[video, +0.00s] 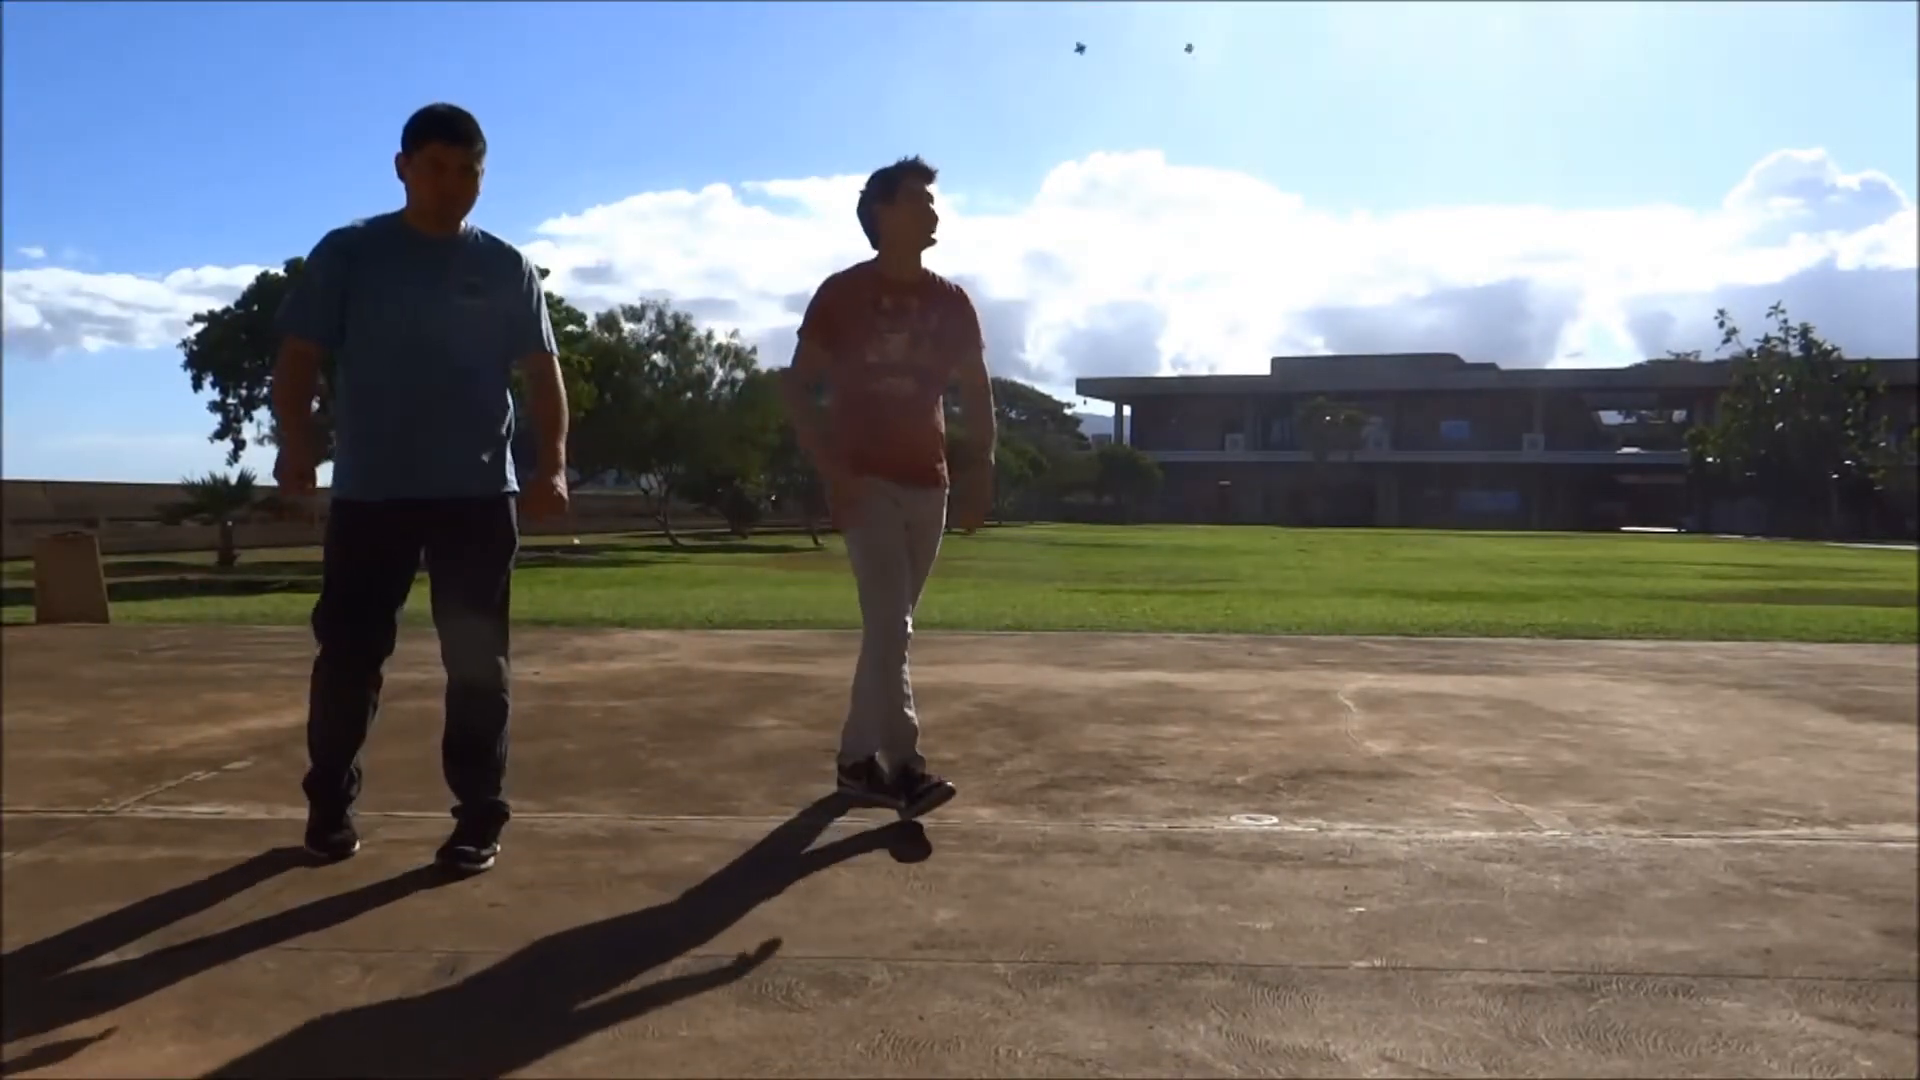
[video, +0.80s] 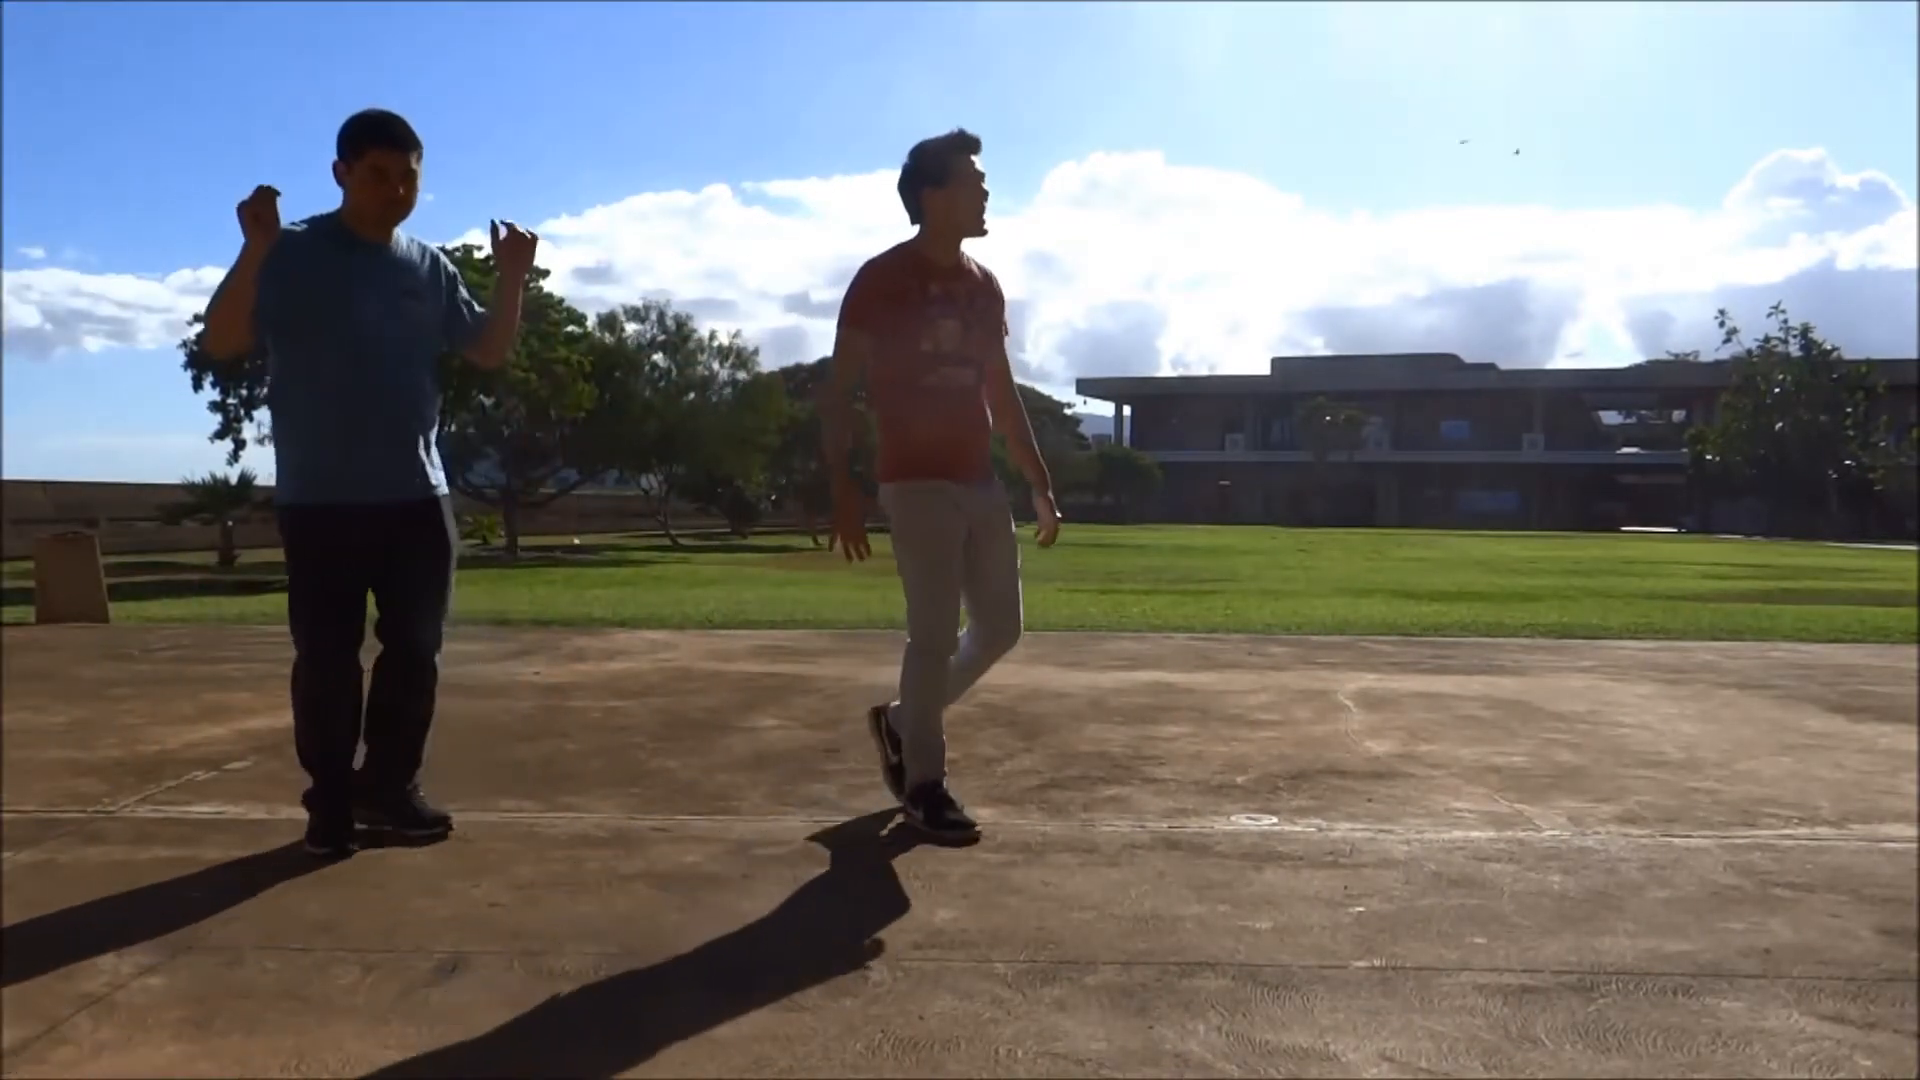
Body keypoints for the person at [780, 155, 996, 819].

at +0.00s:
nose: (933, 209)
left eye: (931, 199)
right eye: (918, 200)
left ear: (925, 214)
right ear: (878, 215)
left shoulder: (952, 300)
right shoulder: (841, 293)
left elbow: (979, 393)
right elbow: (796, 387)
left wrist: (981, 468)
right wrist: (828, 466)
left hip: (930, 484)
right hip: (863, 481)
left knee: (893, 622)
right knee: (889, 621)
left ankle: (857, 756)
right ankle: (904, 763)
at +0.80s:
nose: (987, 192)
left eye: (983, 180)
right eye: (973, 181)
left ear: (951, 196)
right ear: (930, 195)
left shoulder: (983, 285)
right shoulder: (879, 279)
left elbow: (1001, 389)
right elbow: (838, 392)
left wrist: (1039, 480)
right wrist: (843, 492)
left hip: (983, 484)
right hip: (917, 485)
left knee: (1000, 626)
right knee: (932, 635)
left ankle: (903, 718)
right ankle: (927, 788)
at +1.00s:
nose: (999, 188)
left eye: (995, 175)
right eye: (984, 176)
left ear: (969, 191)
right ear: (939, 190)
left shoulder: (987, 282)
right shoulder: (892, 275)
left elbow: (998, 392)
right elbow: (859, 390)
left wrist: (1028, 485)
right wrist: (873, 487)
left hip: (994, 486)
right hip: (929, 489)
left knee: (1020, 624)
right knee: (934, 640)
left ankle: (944, 745)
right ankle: (924, 789)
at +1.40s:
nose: (1035, 191)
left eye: (1033, 179)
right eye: (1022, 178)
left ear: (1003, 191)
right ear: (977, 189)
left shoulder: (995, 286)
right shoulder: (933, 271)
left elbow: (993, 388)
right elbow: (924, 388)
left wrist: (1014, 465)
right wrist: (972, 470)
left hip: (1003, 474)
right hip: (947, 479)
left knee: (1047, 625)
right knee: (949, 638)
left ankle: (1075, 785)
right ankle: (926, 792)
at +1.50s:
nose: (1048, 188)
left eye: (1043, 175)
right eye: (1035, 176)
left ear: (1011, 191)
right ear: (996, 191)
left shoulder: (1005, 285)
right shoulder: (951, 271)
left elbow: (1001, 391)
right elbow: (941, 388)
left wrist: (1018, 474)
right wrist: (994, 471)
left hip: (1007, 478)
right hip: (956, 481)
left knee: (1046, 630)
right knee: (953, 638)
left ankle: (1081, 787)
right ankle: (926, 791)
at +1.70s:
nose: (1079, 191)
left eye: (1074, 179)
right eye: (1065, 179)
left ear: (1041, 194)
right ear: (1027, 191)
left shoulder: (1028, 287)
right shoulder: (987, 271)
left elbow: (1018, 389)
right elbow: (975, 381)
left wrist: (1041, 478)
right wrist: (1028, 473)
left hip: (1026, 483)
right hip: (979, 483)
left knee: (1053, 639)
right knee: (966, 638)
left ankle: (1088, 795)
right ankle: (925, 789)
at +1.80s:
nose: (1096, 193)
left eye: (1091, 180)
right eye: (1082, 181)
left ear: (1054, 197)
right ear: (1045, 194)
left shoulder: (1042, 283)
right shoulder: (1009, 269)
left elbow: (1034, 390)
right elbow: (1001, 380)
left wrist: (1056, 485)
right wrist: (1047, 474)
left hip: (1037, 484)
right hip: (995, 484)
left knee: (1063, 640)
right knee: (974, 638)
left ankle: (1091, 799)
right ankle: (926, 788)